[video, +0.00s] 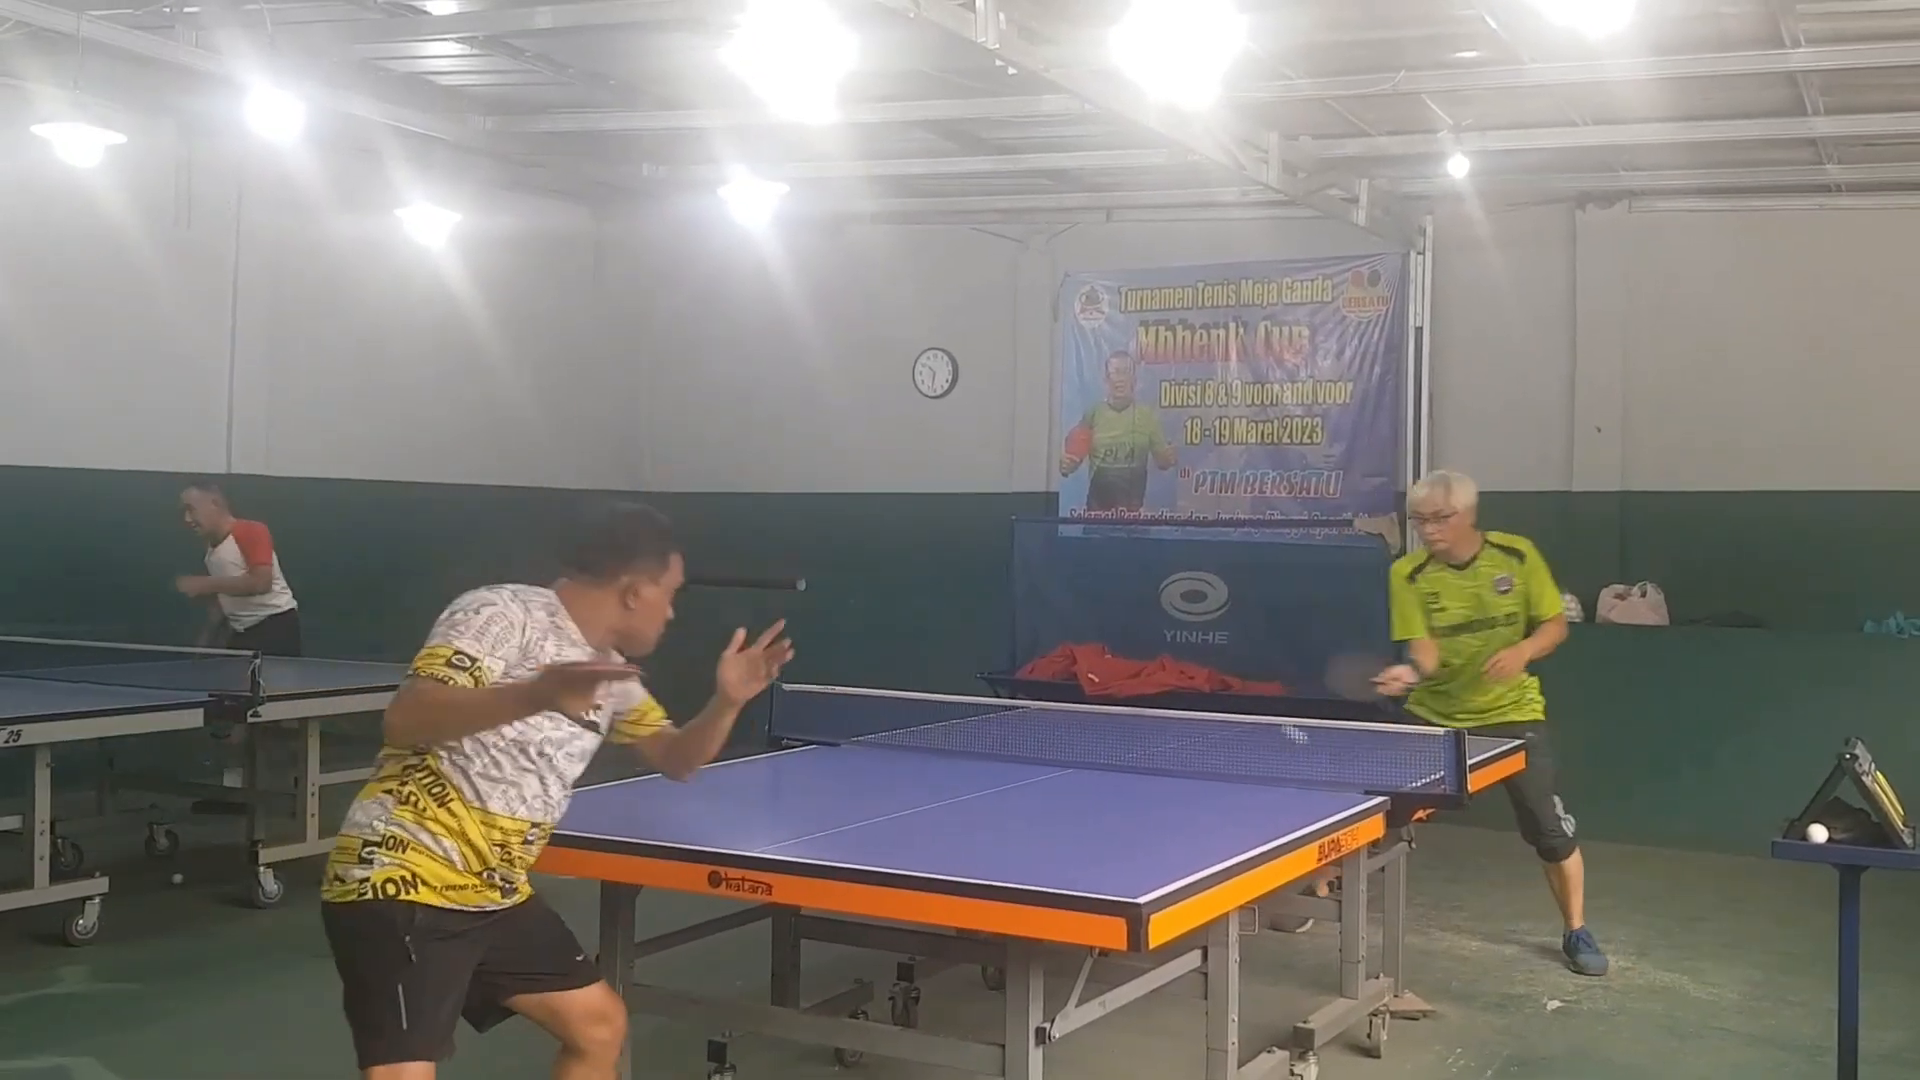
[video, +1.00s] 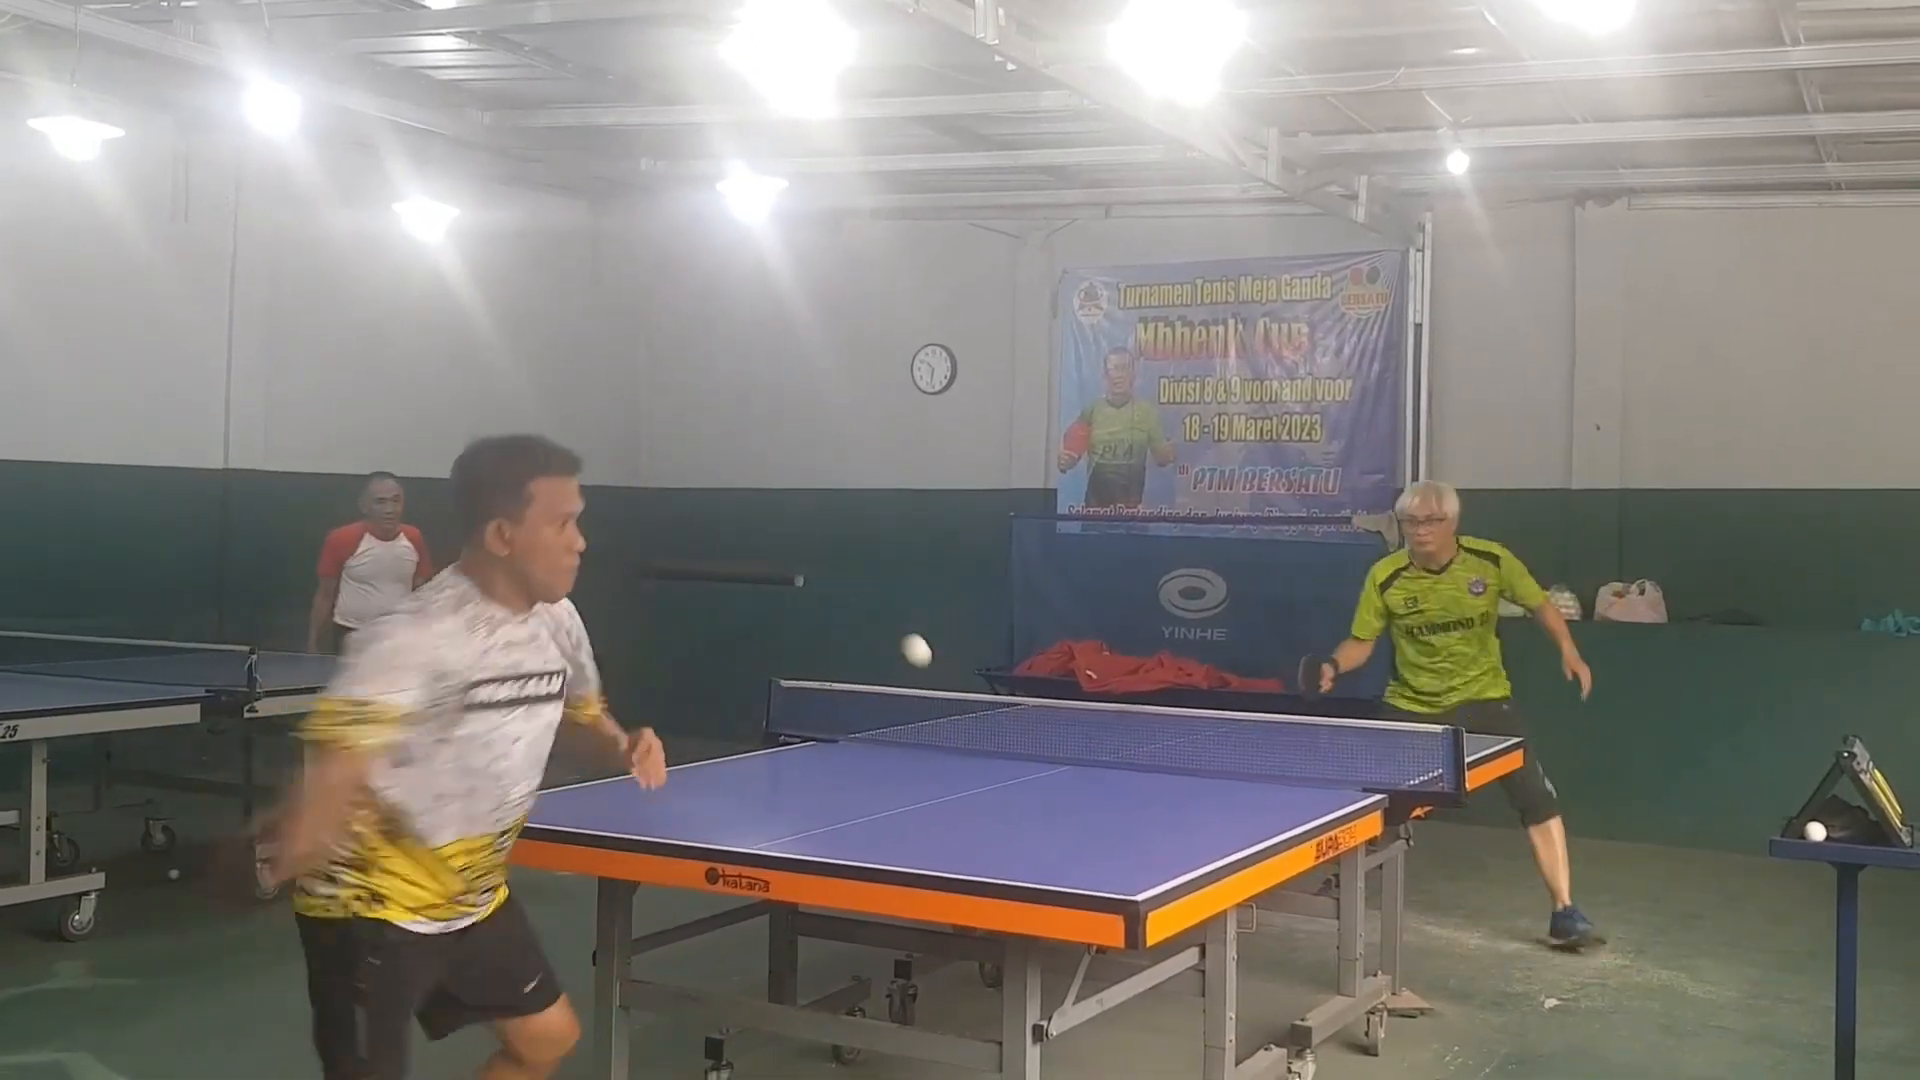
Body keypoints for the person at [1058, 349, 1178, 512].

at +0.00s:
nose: (1119, 379)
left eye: (1125, 373)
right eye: (1114, 373)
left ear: (1134, 378)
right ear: (1106, 378)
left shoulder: (1146, 416)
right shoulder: (1094, 414)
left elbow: (1161, 460)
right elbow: (1077, 448)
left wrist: (1168, 457)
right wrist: (1067, 464)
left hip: (1132, 500)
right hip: (1099, 500)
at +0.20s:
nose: (1119, 378)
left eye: (1125, 371)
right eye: (1114, 371)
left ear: (1134, 376)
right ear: (1106, 377)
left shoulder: (1147, 415)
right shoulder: (1094, 414)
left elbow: (1162, 458)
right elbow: (1077, 446)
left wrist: (1168, 456)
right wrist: (1067, 462)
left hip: (1132, 500)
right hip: (1099, 500)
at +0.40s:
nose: (1119, 377)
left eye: (1124, 370)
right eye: (1113, 371)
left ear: (1134, 376)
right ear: (1106, 376)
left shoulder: (1146, 413)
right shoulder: (1093, 412)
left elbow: (1161, 457)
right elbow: (1076, 445)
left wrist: (1168, 455)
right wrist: (1067, 461)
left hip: (1132, 499)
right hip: (1098, 499)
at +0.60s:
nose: (1118, 376)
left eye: (1124, 370)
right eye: (1113, 369)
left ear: (1133, 375)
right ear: (1105, 375)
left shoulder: (1145, 413)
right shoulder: (1092, 412)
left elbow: (1161, 456)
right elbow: (1075, 446)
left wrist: (1167, 455)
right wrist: (1065, 461)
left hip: (1131, 499)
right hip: (1097, 500)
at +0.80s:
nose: (1117, 376)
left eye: (1123, 369)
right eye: (1112, 369)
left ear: (1132, 374)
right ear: (1104, 374)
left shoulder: (1144, 412)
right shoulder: (1091, 411)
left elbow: (1160, 455)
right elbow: (1075, 444)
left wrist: (1166, 453)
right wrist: (1065, 460)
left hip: (1130, 498)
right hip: (1096, 499)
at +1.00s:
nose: (1118, 376)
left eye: (1124, 369)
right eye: (1112, 369)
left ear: (1133, 374)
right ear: (1105, 374)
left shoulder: (1146, 412)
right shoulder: (1092, 412)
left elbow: (1160, 456)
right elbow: (1075, 444)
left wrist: (1167, 454)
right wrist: (1065, 460)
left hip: (1131, 499)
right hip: (1097, 500)